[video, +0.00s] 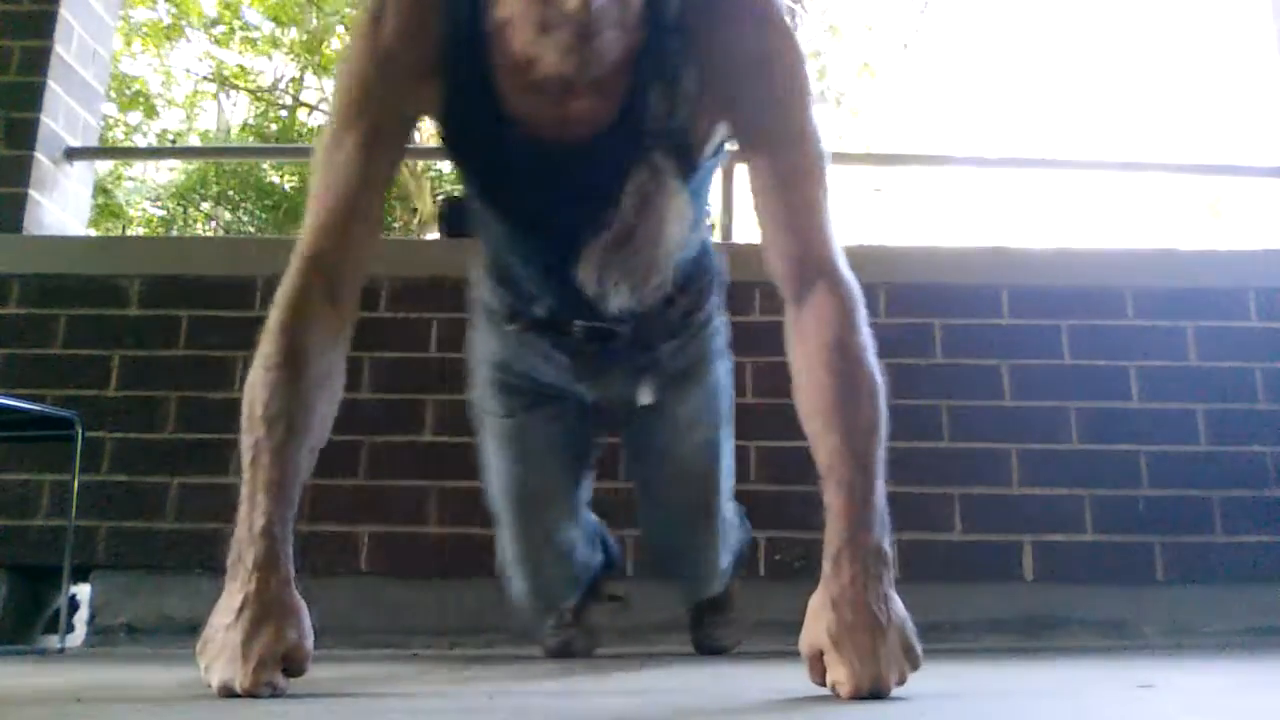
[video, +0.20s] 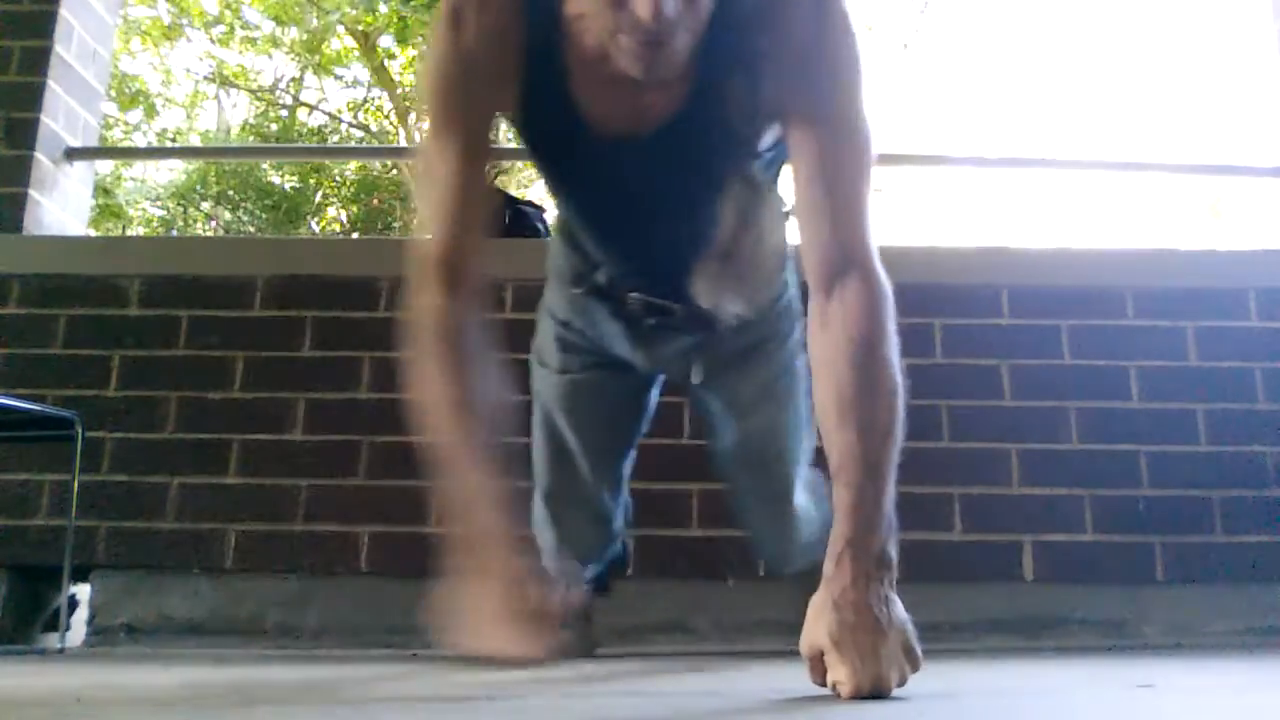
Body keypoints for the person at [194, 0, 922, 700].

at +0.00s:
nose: (558, 45)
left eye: (588, 16)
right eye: (528, 18)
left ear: (639, 4)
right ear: (489, 4)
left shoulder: (734, 24)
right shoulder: (409, 26)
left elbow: (813, 281)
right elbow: (322, 284)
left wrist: (860, 564)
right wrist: (259, 567)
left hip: (676, 321)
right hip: (522, 326)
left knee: (695, 554)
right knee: (541, 590)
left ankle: (710, 574)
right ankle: (586, 559)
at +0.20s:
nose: (652, 15)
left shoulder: (799, 21)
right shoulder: (485, 19)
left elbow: (846, 278)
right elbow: (444, 286)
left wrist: (862, 568)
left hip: (745, 292)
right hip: (593, 288)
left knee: (790, 541)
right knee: (566, 548)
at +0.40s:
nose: (734, 44)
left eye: (767, 10)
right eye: (699, 10)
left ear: (809, 7)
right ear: (641, 13)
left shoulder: (861, 21)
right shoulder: (556, 22)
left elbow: (886, 290)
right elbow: (595, 321)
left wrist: (865, 574)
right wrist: (677, 570)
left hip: (793, 329)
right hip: (641, 320)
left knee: (896, 493)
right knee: (590, 545)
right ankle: (585, 594)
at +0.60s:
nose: (788, 19)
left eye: (823, 3)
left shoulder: (924, 27)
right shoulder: (626, 21)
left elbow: (944, 292)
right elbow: (636, 311)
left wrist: (913, 566)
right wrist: (676, 573)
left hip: (840, 332)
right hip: (685, 329)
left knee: (942, 524)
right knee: (607, 568)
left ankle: (1017, 562)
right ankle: (589, 588)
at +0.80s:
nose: (844, 28)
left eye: (878, 8)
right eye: (816, 3)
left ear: (919, 0)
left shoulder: (997, 23)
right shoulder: (679, 21)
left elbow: (1077, 275)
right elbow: (650, 298)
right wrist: (676, 569)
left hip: (884, 317)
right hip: (721, 323)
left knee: (989, 503)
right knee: (651, 537)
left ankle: (1041, 574)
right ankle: (599, 572)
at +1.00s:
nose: (939, 55)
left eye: (977, 19)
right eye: (906, 11)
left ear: (1017, 15)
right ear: (845, 2)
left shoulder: (1057, 60)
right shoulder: (740, 69)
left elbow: (1132, 306)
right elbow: (646, 328)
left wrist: (1193, 564)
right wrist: (674, 567)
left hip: (951, 370)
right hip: (771, 366)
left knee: (1066, 568)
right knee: (666, 606)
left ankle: (1071, 595)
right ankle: (601, 559)